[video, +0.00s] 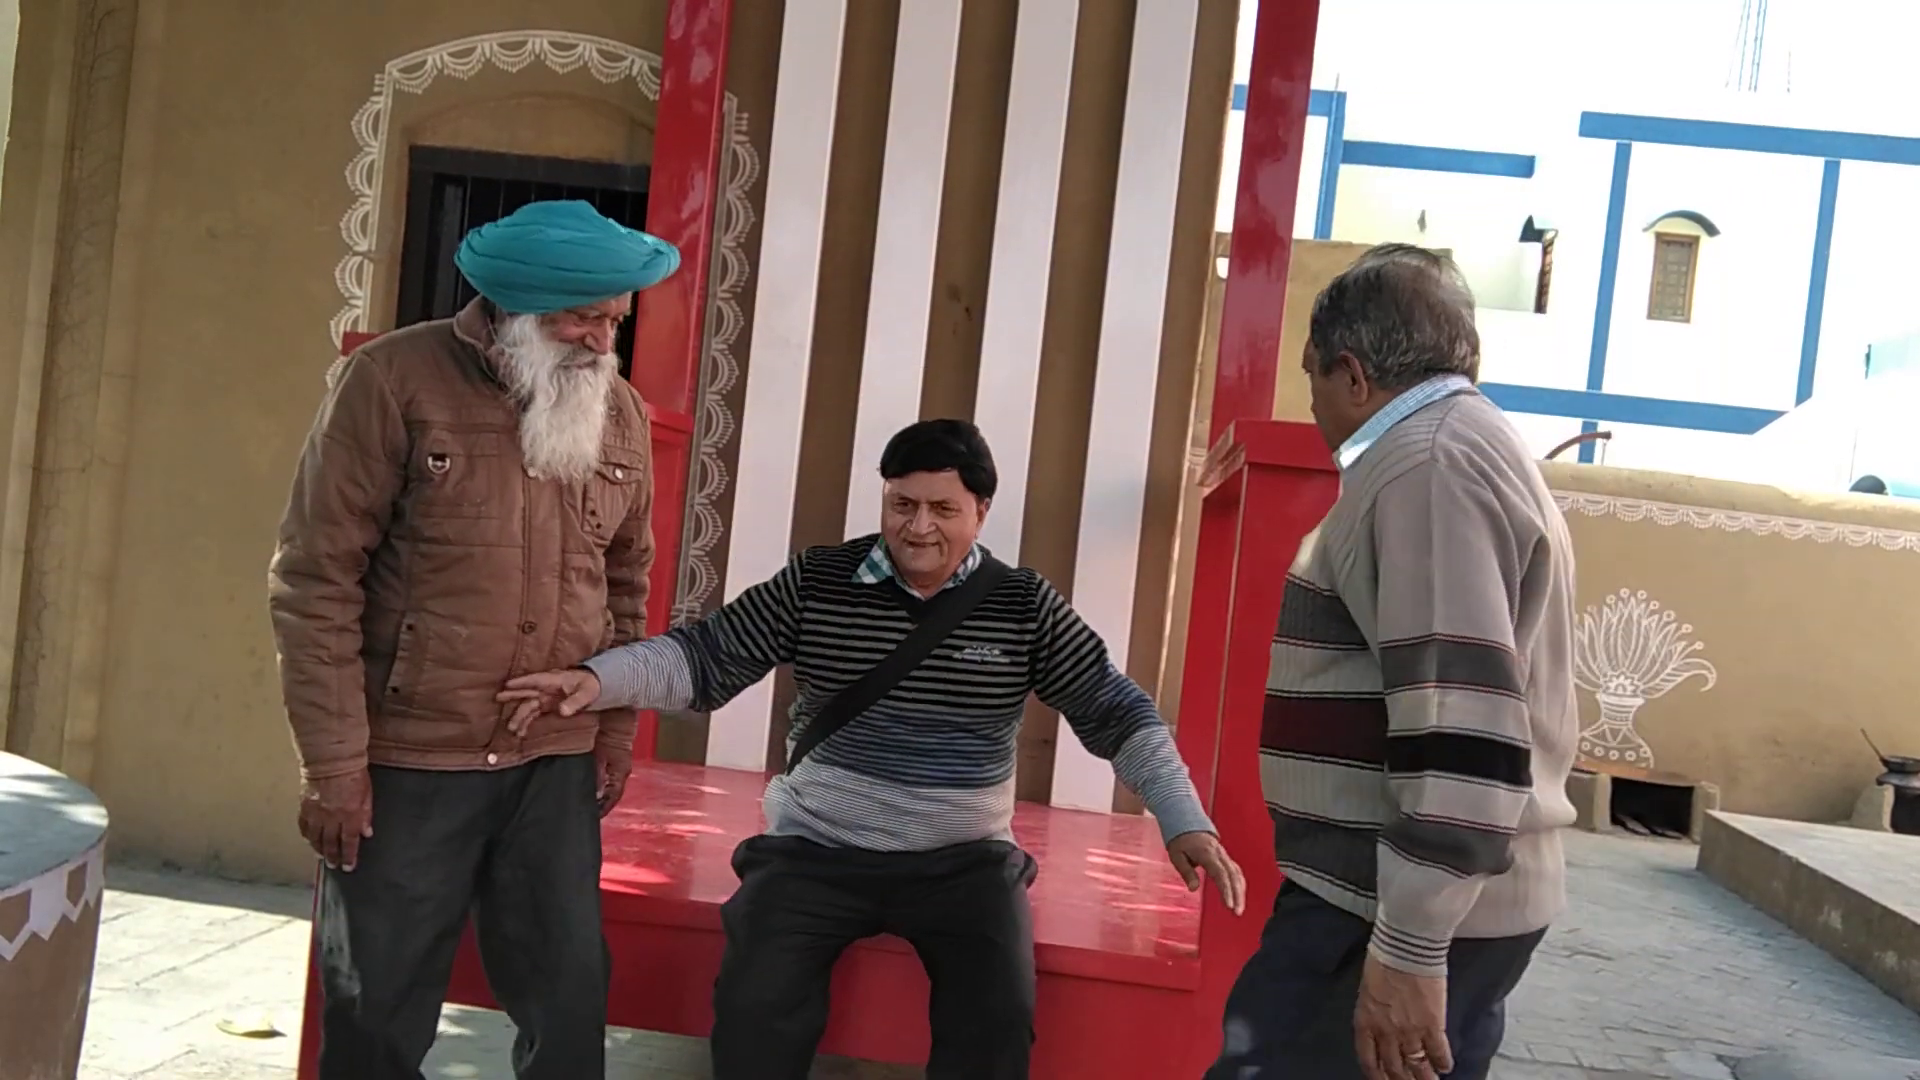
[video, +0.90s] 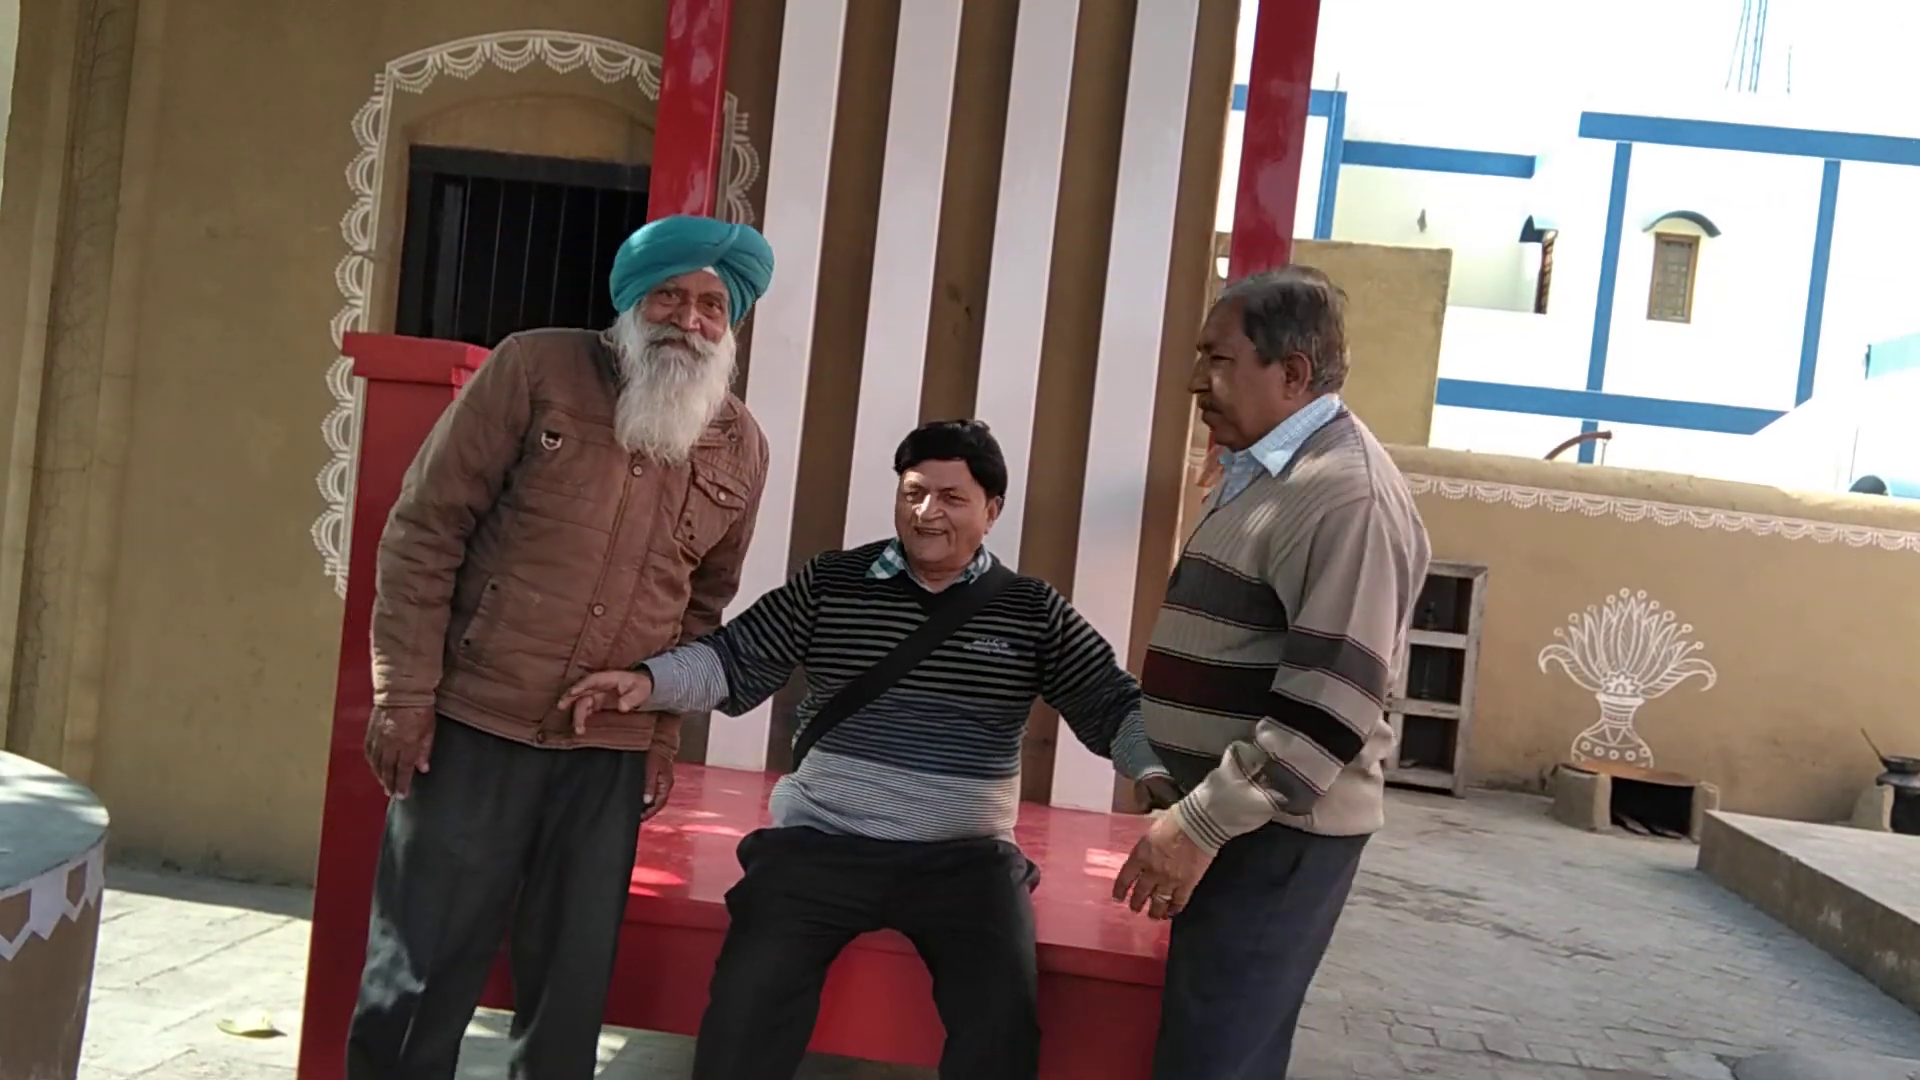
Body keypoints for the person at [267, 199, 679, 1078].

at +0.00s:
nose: (602, 337)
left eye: (614, 318)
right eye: (584, 316)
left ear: (621, 313)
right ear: (517, 306)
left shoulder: (619, 412)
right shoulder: (393, 379)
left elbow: (626, 585)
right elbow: (315, 575)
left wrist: (616, 728)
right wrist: (335, 763)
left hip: (553, 776)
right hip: (410, 776)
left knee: (569, 1013)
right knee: (378, 1032)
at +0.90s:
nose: (692, 317)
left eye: (715, 303)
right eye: (672, 295)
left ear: (733, 326)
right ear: (629, 301)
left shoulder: (740, 446)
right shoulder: (534, 370)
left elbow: (707, 601)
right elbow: (426, 527)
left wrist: (668, 730)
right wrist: (404, 689)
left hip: (610, 762)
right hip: (474, 739)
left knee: (567, 1019)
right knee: (413, 999)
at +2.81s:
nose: (590, 285)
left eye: (612, 271)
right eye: (570, 265)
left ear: (636, 294)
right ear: (532, 276)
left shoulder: (665, 417)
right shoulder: (443, 366)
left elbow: (666, 585)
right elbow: (363, 542)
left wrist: (630, 722)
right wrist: (358, 709)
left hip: (572, 753)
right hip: (435, 741)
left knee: (523, 1005)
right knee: (416, 996)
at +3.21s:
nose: (610, 291)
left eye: (632, 277)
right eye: (591, 269)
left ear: (657, 300)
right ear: (554, 280)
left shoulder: (680, 427)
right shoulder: (460, 365)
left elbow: (676, 593)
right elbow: (374, 533)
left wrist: (631, 728)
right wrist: (357, 697)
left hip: (572, 747)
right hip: (431, 727)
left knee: (524, 999)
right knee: (367, 978)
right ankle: (351, 1074)